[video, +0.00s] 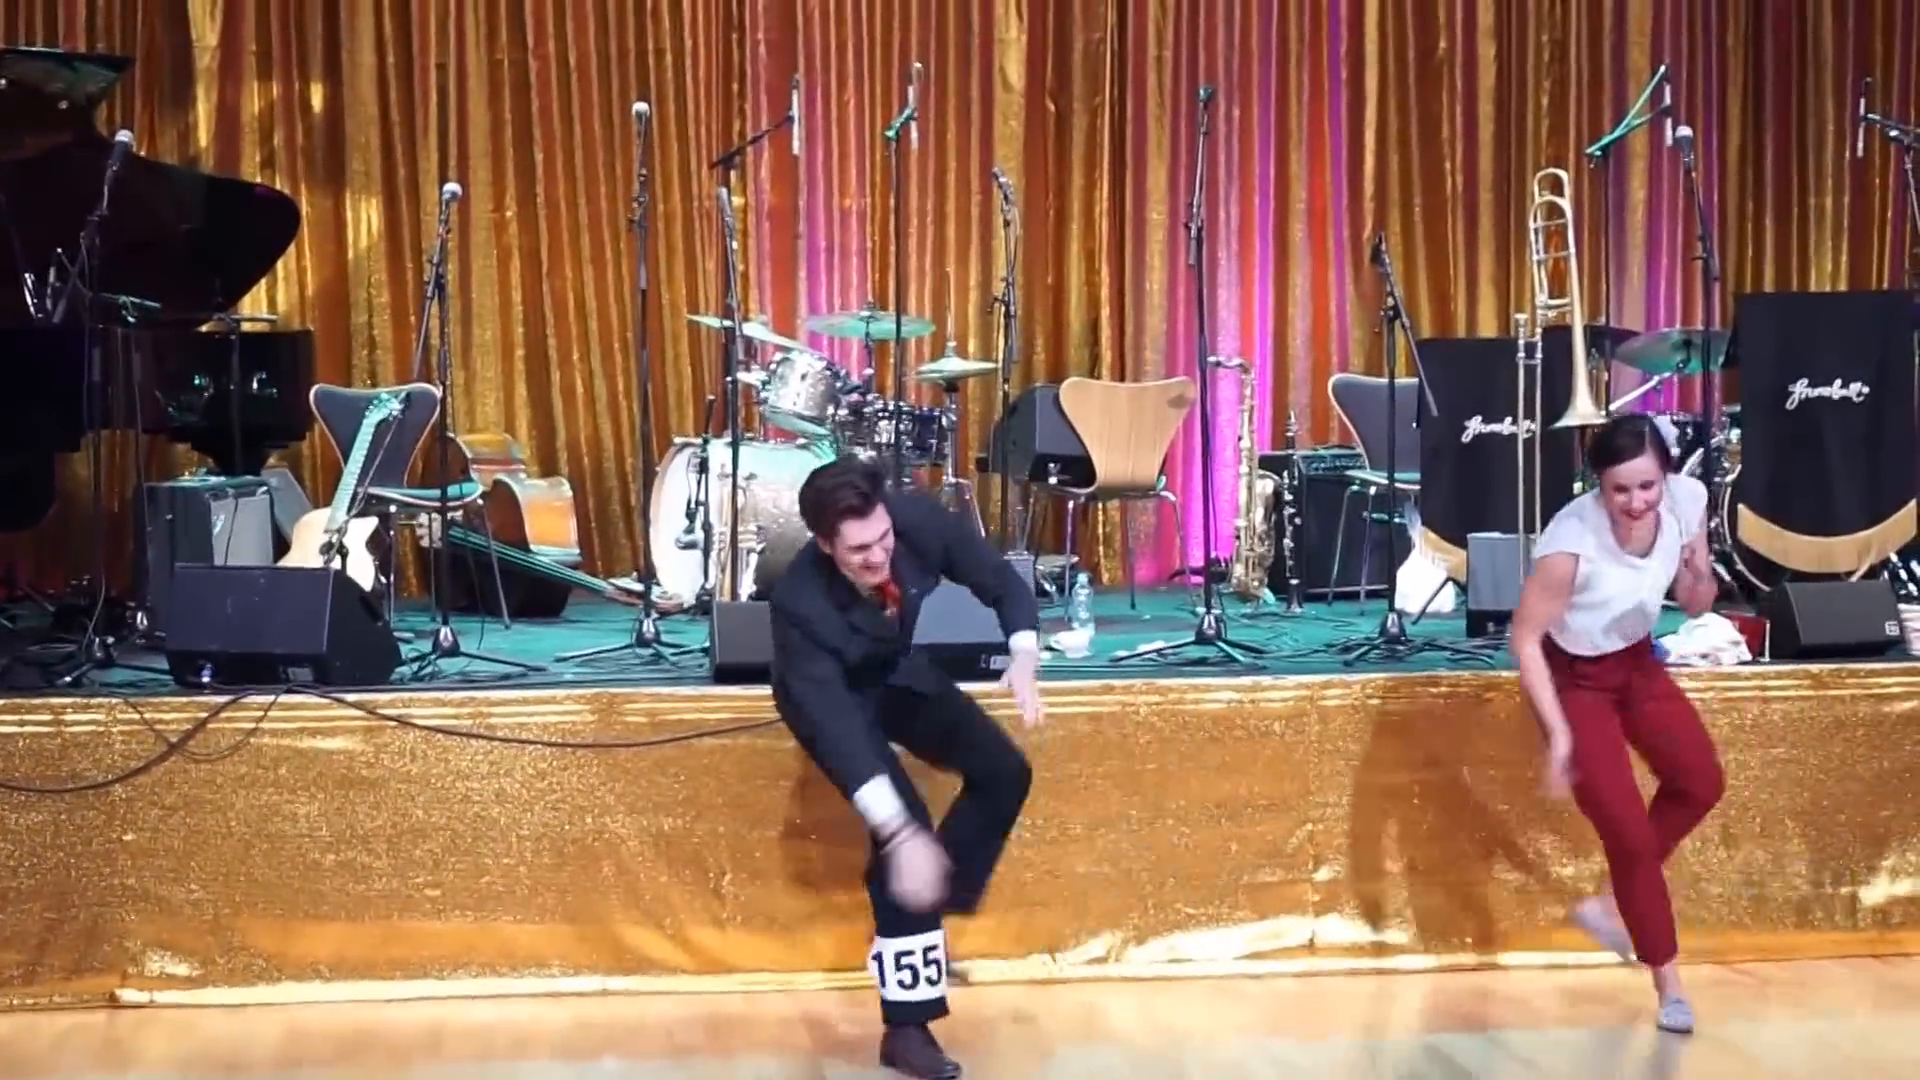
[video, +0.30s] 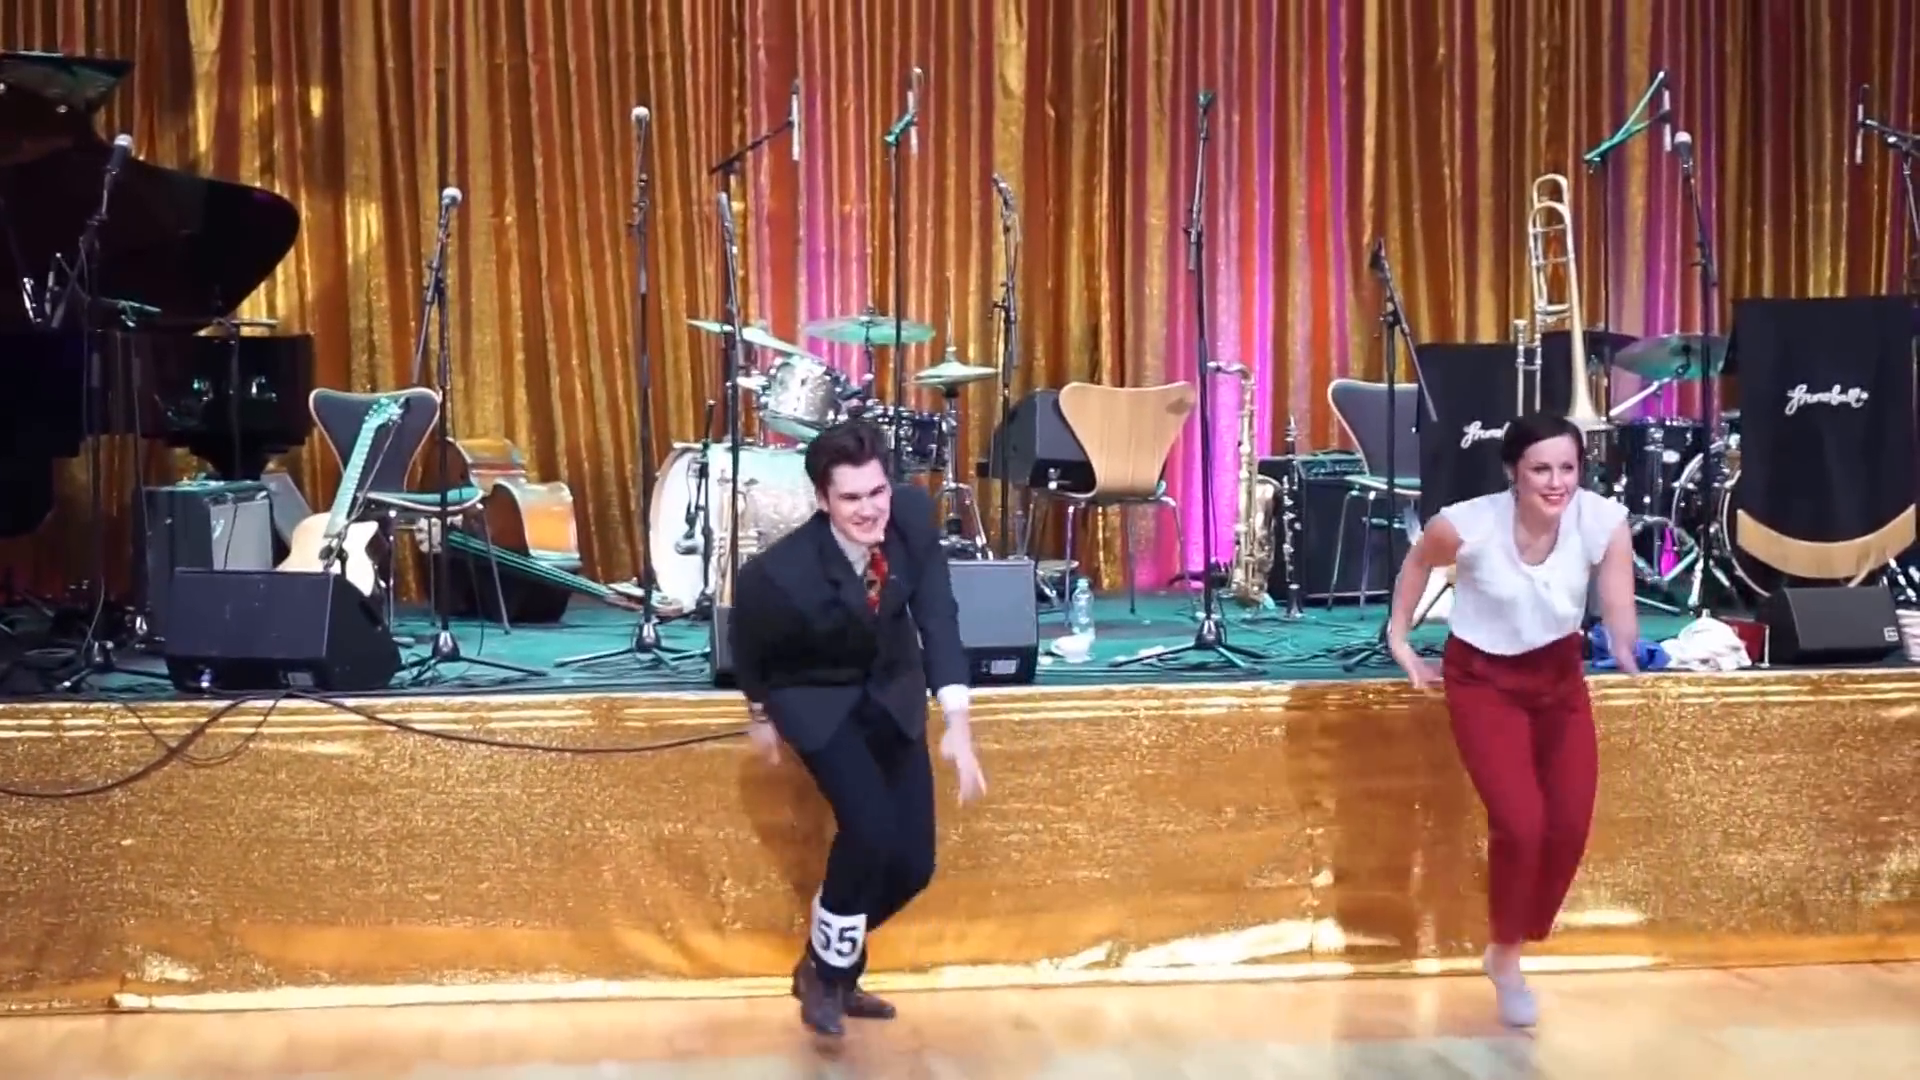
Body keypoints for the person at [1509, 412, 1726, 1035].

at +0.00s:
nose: (1636, 501)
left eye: (1648, 485)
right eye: (1620, 489)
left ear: (1664, 474)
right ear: (1598, 482)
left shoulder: (1685, 499)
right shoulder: (1568, 544)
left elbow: (1692, 602)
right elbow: (1524, 636)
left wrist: (1701, 577)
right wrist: (1557, 730)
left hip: (1638, 662)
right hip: (1571, 677)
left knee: (1699, 784)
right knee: (1632, 838)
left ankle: (1609, 905)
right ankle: (1667, 981)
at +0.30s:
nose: (1556, 481)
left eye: (1567, 467)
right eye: (1541, 469)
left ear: (1580, 469)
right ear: (1513, 473)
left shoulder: (1602, 522)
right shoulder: (1466, 527)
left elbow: (1621, 613)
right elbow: (1420, 562)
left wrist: (1625, 656)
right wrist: (1397, 637)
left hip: (1560, 681)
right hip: (1481, 683)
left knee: (1570, 826)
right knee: (1522, 822)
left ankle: (1507, 950)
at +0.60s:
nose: (1492, 493)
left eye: (1501, 480)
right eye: (1478, 480)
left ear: (1509, 485)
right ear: (1443, 485)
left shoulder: (1524, 552)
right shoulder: (1389, 543)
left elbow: (1512, 624)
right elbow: (1349, 626)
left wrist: (1495, 680)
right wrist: (1333, 722)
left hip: (1462, 678)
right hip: (1376, 675)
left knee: (1468, 823)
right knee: (1373, 831)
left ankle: (1440, 983)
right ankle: (1361, 971)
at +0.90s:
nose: (1438, 488)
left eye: (1446, 475)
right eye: (1423, 475)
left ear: (1452, 482)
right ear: (1386, 479)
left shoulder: (1455, 547)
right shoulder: (1335, 544)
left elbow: (1440, 612)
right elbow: (1294, 648)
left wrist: (1444, 681)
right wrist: (1367, 674)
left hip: (1394, 716)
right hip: (1311, 709)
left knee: (1354, 855)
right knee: (1299, 857)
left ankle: (1322, 1021)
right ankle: (1334, 972)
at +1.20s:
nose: (1409, 462)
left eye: (1415, 450)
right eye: (1393, 449)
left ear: (1418, 460)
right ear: (1353, 455)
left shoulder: (1417, 538)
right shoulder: (1306, 530)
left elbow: (1436, 650)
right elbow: (1320, 655)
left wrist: (1464, 624)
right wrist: (1406, 715)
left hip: (1378, 710)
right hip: (1293, 711)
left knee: (1345, 871)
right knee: (1270, 878)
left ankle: (1354, 1029)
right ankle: (1294, 962)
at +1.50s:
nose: (1398, 417)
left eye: (1400, 404)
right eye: (1382, 403)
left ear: (1392, 415)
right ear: (1334, 413)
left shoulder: (1421, 512)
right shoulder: (1278, 496)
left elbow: (1460, 624)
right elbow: (1177, 520)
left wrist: (1491, 644)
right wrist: (1095, 506)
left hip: (1378, 702)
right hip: (1309, 702)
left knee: (1342, 877)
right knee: (1409, 887)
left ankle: (1278, 1031)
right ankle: (1334, 1057)